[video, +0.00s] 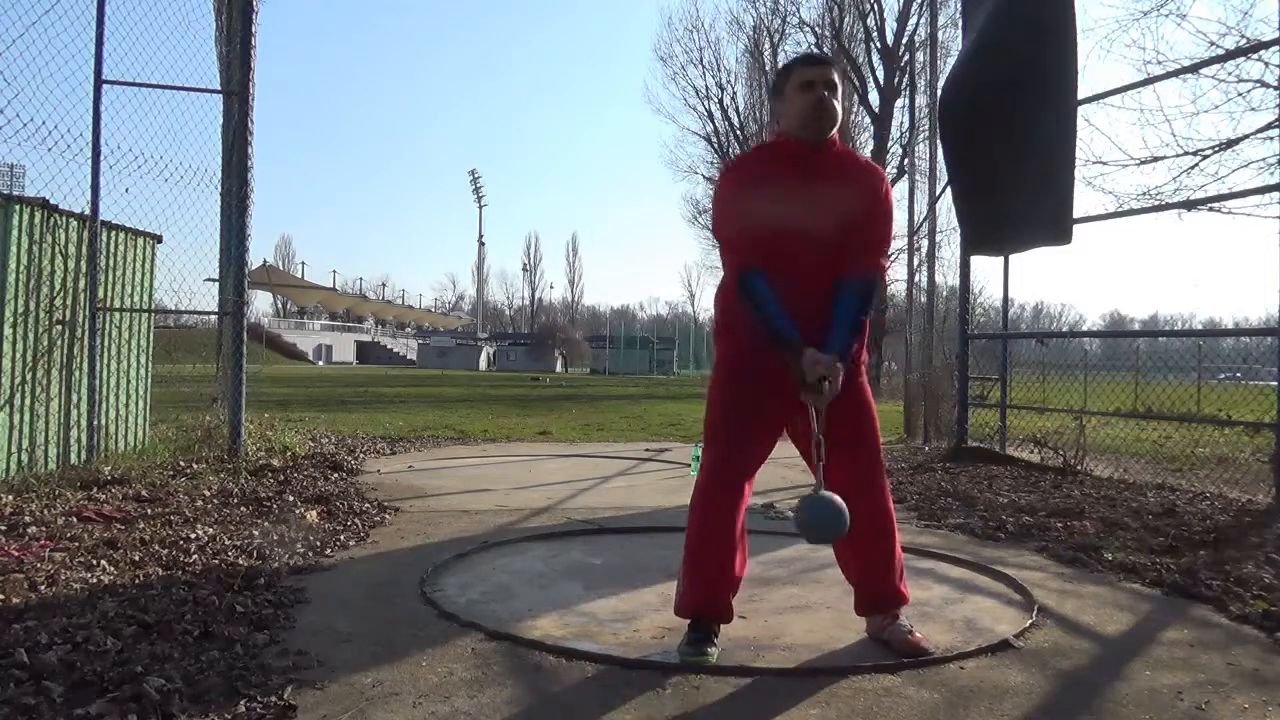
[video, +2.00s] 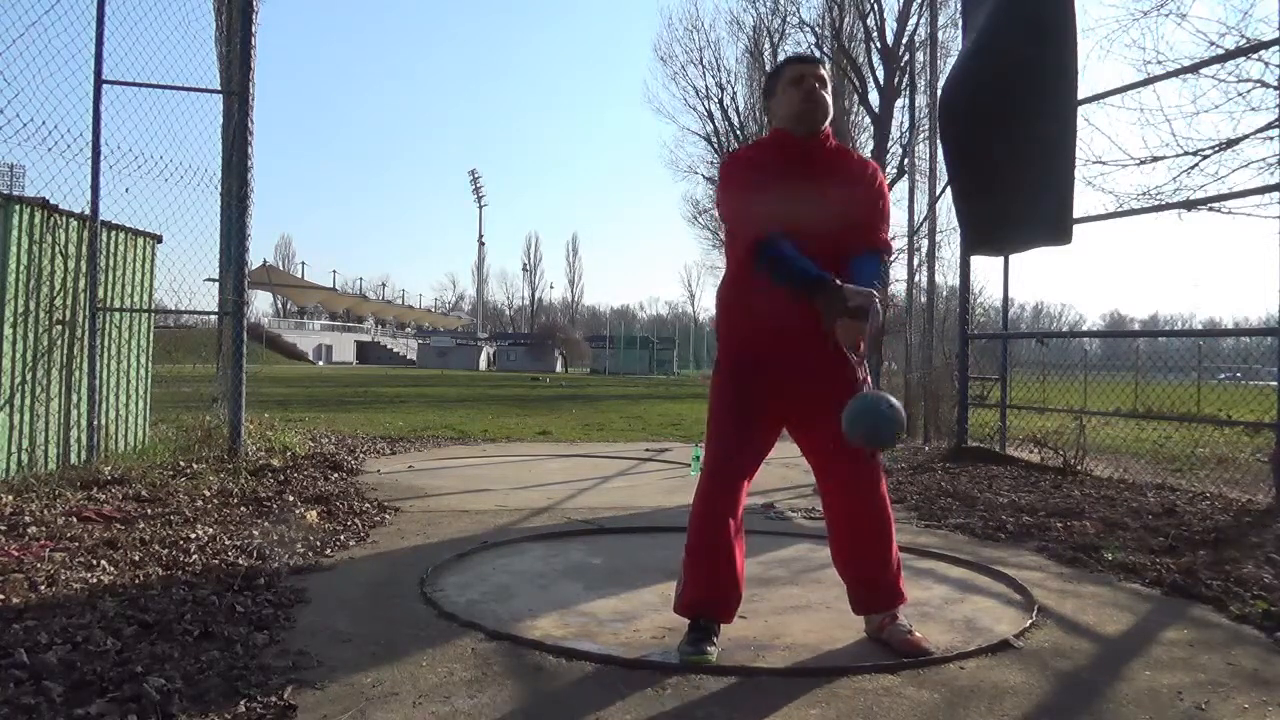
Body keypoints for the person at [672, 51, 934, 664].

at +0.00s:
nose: (824, 95)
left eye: (832, 87)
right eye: (809, 87)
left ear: (843, 104)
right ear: (778, 102)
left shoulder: (867, 178)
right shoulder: (742, 174)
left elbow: (863, 273)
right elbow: (746, 270)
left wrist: (838, 351)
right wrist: (796, 347)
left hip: (838, 351)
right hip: (751, 350)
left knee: (865, 477)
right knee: (722, 479)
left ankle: (885, 614)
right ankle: (704, 619)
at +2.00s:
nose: (814, 89)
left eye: (821, 82)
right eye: (798, 81)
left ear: (833, 102)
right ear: (770, 101)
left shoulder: (861, 173)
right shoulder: (742, 166)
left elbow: (873, 251)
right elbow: (761, 244)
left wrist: (862, 306)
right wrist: (831, 290)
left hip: (829, 354)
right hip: (749, 354)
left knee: (860, 480)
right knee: (720, 483)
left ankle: (884, 614)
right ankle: (704, 619)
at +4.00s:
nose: (737, 152)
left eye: (747, 141)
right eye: (741, 142)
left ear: (778, 146)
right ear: (766, 148)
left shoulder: (825, 204)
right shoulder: (751, 215)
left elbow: (789, 284)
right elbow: (714, 266)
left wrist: (708, 310)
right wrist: (685, 296)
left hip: (845, 384)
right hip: (781, 383)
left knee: (842, 523)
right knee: (715, 481)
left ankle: (914, 591)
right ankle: (747, 622)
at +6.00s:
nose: (796, 189)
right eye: (797, 184)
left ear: (748, 181)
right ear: (794, 184)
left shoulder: (725, 213)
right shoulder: (812, 218)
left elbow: (694, 242)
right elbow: (793, 215)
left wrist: (704, 208)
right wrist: (785, 192)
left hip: (722, 348)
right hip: (777, 355)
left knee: (719, 435)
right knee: (762, 466)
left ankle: (675, 509)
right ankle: (690, 550)